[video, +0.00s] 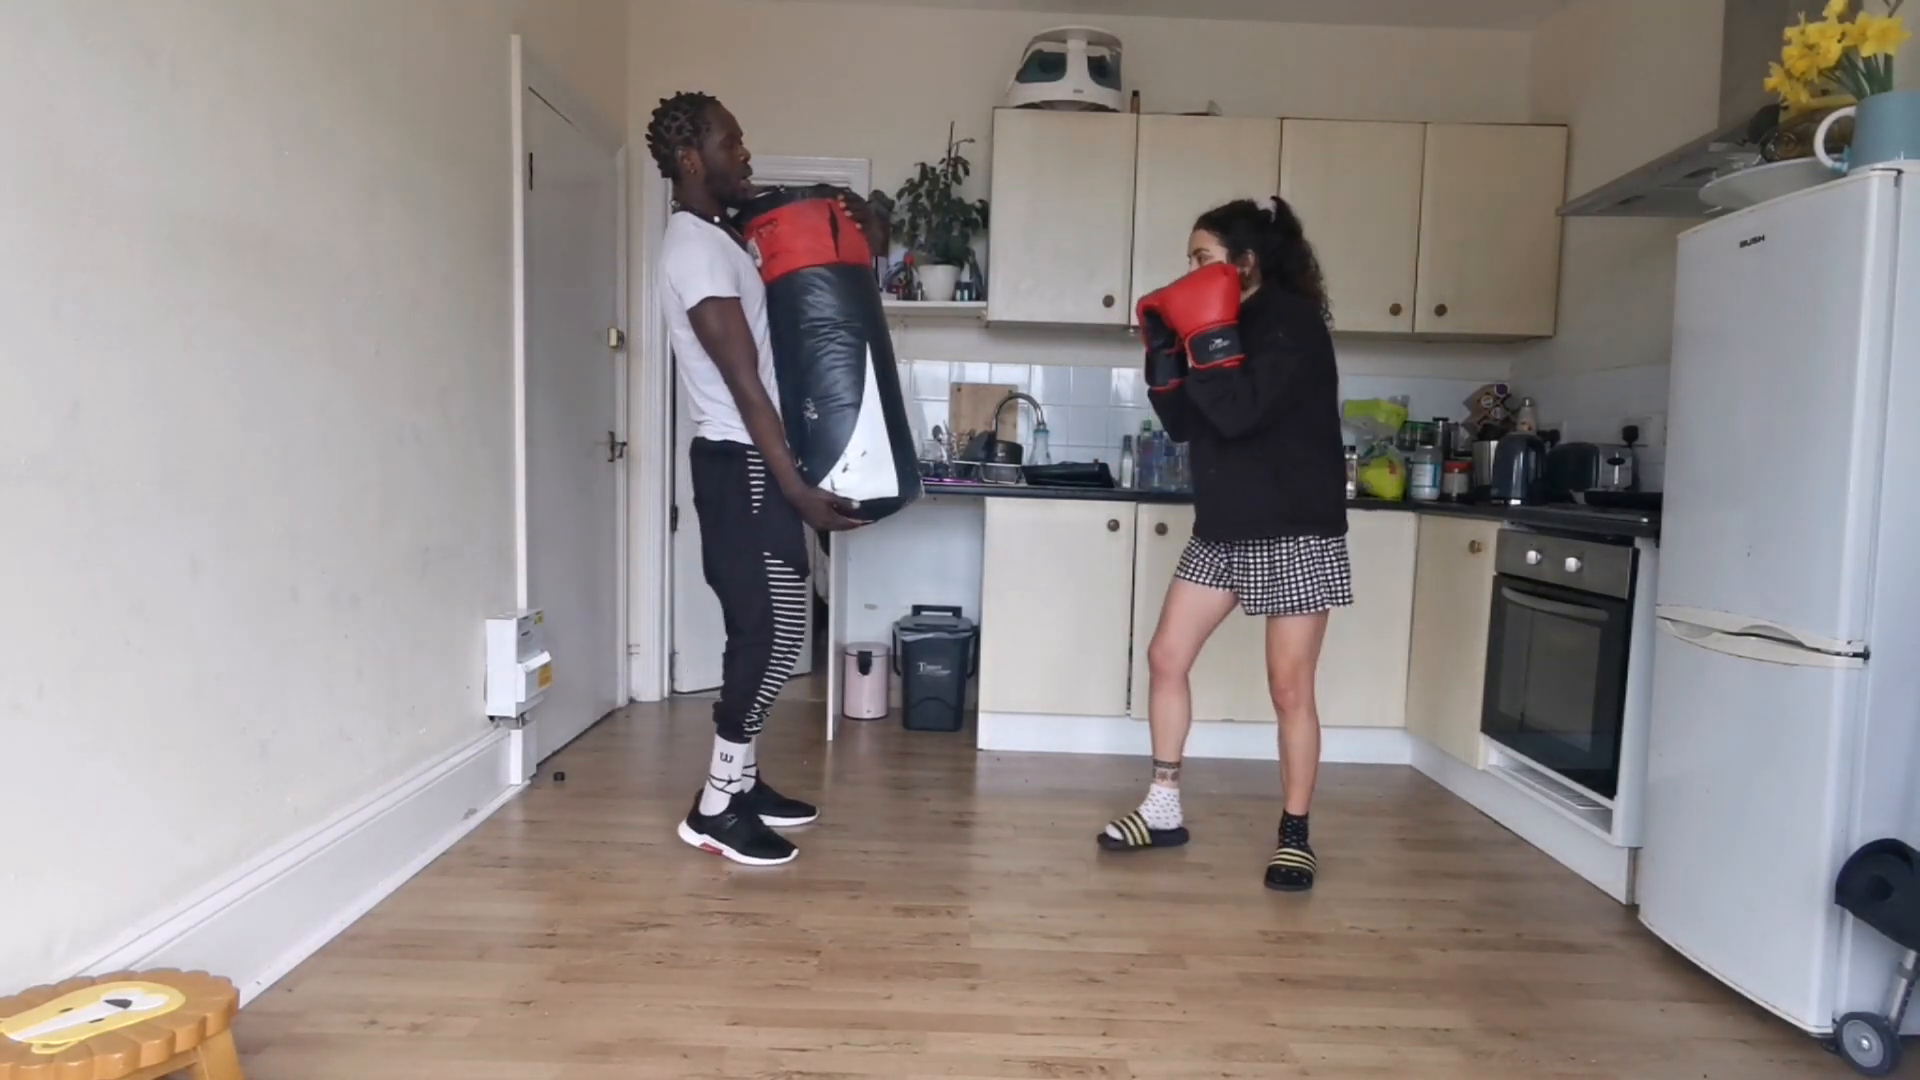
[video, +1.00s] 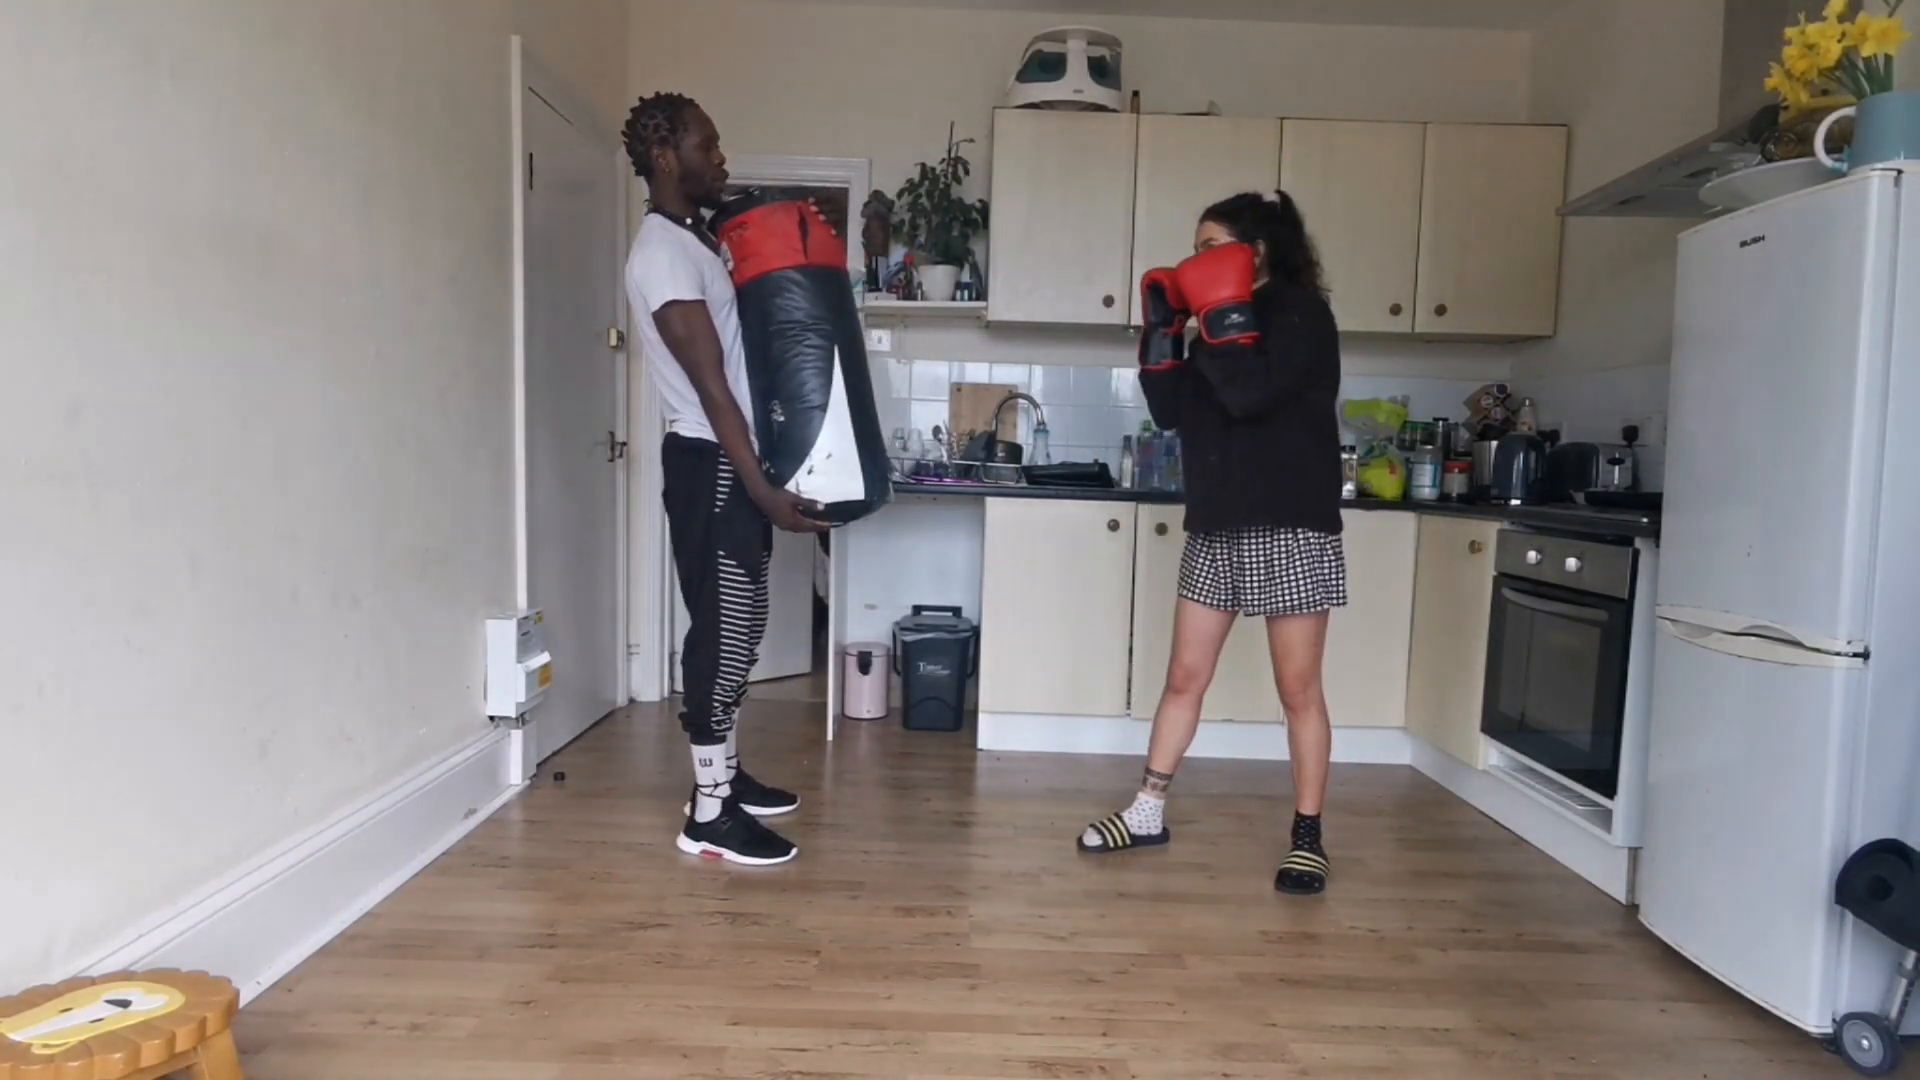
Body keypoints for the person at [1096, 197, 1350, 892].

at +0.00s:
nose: (1195, 270)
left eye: (1205, 258)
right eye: (1193, 259)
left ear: (1248, 260)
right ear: (1222, 264)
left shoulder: (1291, 320)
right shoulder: (1221, 325)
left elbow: (1239, 413)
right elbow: (1184, 423)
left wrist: (1208, 333)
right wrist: (1160, 348)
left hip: (1298, 526)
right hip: (1226, 524)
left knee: (1291, 687)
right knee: (1167, 658)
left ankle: (1294, 833)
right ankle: (1164, 806)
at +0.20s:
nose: (1170, 270)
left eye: (1180, 258)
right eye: (1169, 260)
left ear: (1223, 261)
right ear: (1191, 263)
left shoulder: (1264, 319)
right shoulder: (1191, 326)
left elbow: (1218, 410)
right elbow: (1152, 421)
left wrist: (1184, 333)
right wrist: (1135, 339)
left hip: (1274, 522)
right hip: (1202, 523)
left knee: (1277, 685)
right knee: (1165, 668)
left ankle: (1293, 833)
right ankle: (1146, 809)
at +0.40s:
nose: (1145, 271)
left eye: (1157, 259)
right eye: (1141, 261)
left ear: (1199, 259)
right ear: (1148, 268)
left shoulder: (1243, 321)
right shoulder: (1159, 327)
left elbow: (1193, 411)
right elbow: (1128, 423)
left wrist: (1161, 335)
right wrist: (1113, 341)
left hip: (1258, 519)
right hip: (1182, 521)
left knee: (1270, 686)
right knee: (1157, 667)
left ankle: (1296, 832)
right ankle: (1146, 809)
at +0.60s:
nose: (1148, 270)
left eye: (1160, 257)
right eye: (1146, 259)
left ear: (1204, 258)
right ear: (1160, 265)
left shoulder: (1250, 320)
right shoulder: (1168, 326)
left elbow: (1198, 409)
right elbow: (1135, 422)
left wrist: (1164, 333)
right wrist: (1118, 340)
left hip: (1264, 521)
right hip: (1188, 523)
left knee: (1279, 686)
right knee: (1159, 669)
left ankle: (1305, 835)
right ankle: (1146, 810)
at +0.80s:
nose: (1176, 266)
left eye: (1186, 253)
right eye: (1174, 256)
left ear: (1228, 254)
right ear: (1194, 260)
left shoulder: (1273, 315)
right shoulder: (1194, 324)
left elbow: (1228, 406)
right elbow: (1158, 424)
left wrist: (1190, 327)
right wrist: (1140, 341)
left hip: (1285, 518)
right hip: (1209, 520)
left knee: (1292, 686)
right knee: (1173, 671)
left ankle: (1306, 836)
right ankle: (1147, 810)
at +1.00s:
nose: (1199, 261)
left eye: (1212, 248)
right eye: (1197, 249)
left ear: (1258, 251)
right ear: (1204, 257)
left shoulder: (1301, 314)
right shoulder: (1212, 322)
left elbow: (1246, 394)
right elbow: (1171, 412)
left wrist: (1219, 319)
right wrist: (1159, 336)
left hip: (1294, 518)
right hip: (1216, 518)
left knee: (1299, 688)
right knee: (1184, 675)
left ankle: (1307, 834)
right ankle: (1148, 811)